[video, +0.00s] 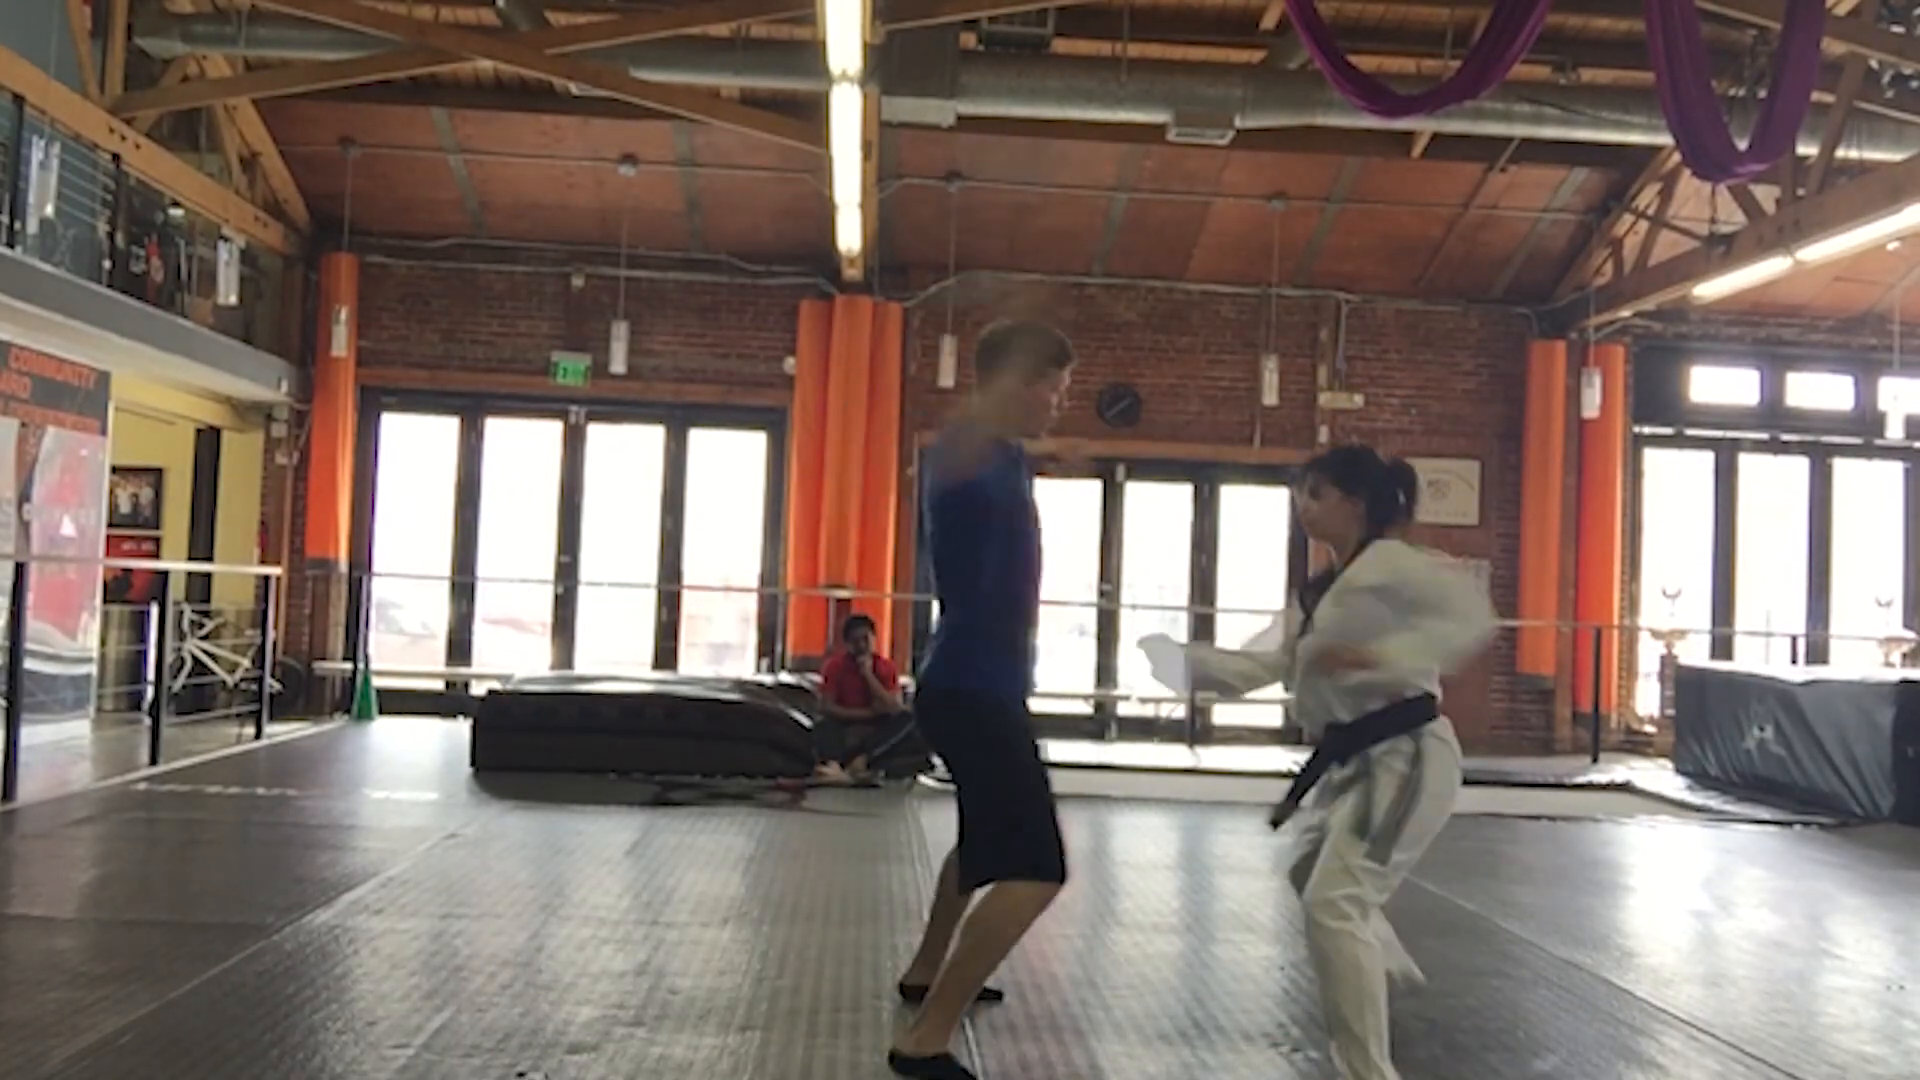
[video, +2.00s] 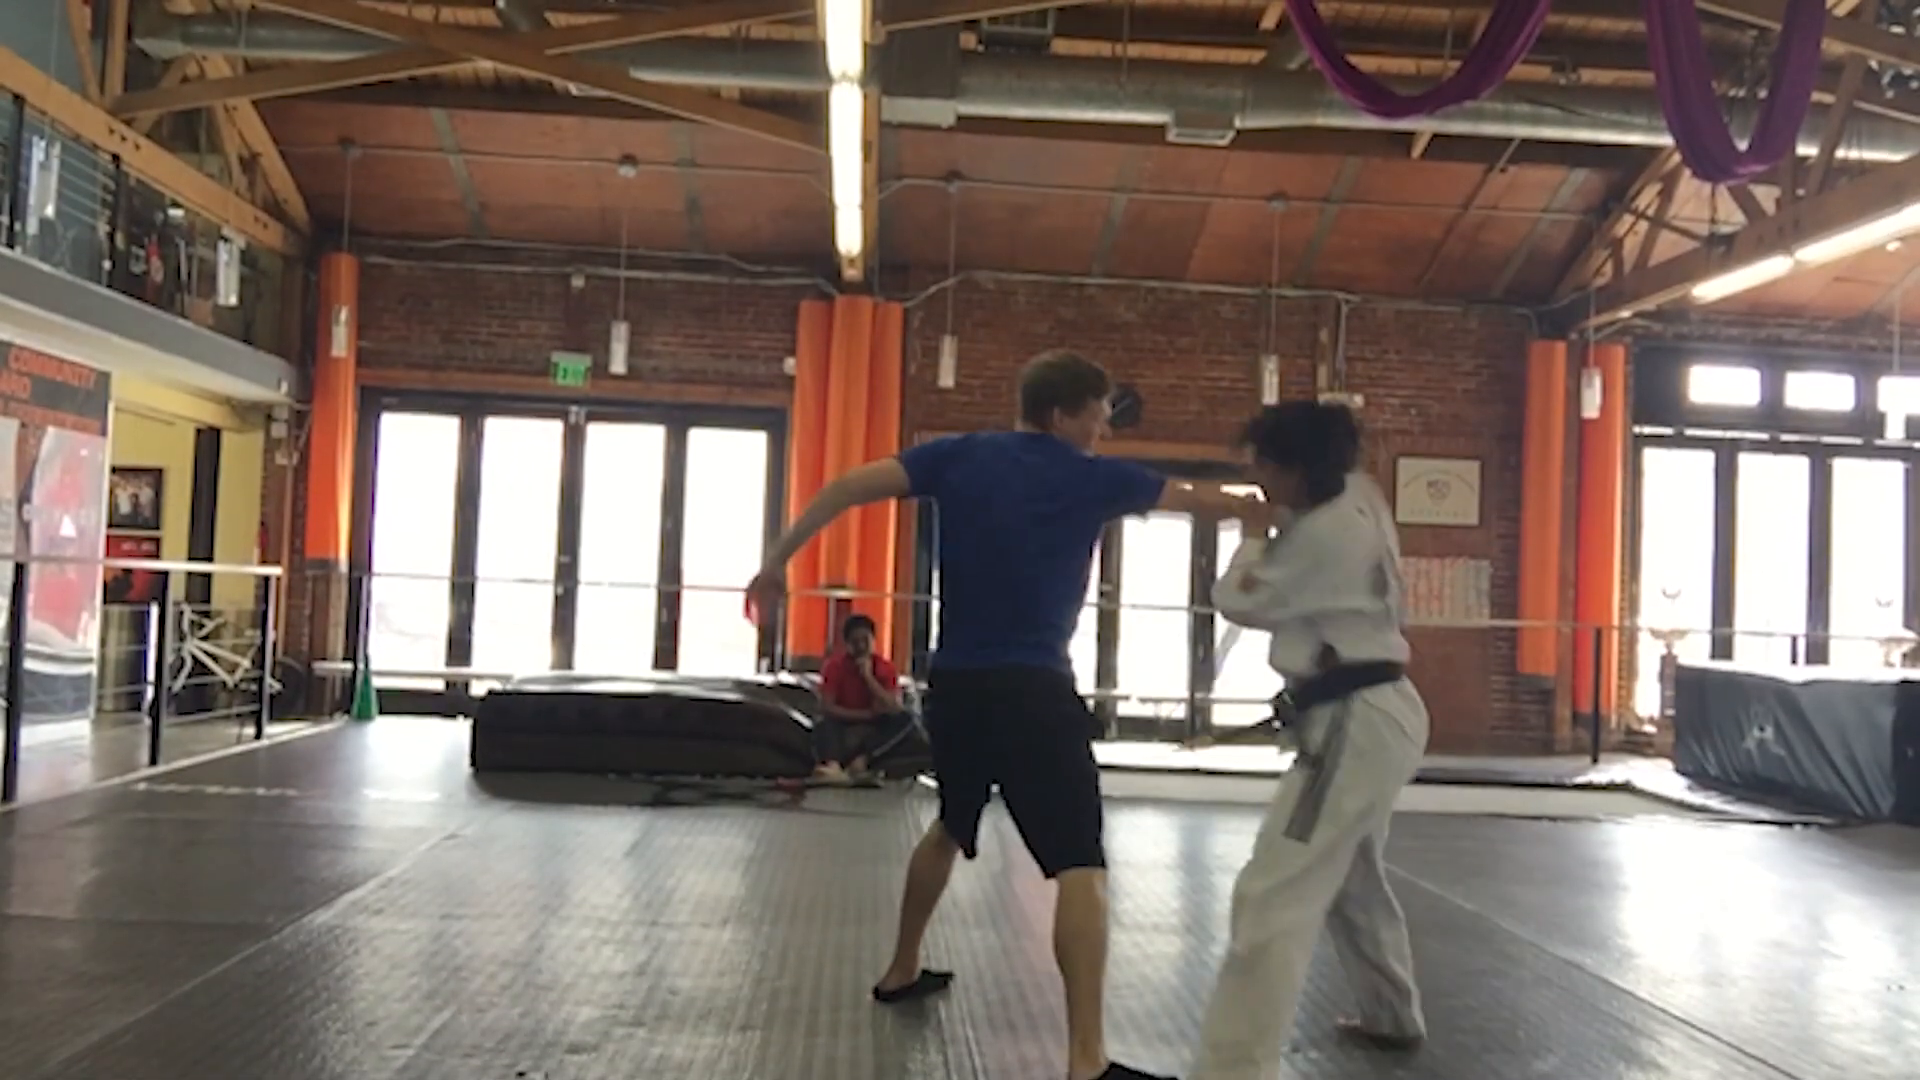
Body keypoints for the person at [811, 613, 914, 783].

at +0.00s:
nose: (861, 645)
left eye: (865, 639)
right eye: (855, 641)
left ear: (873, 639)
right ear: (847, 643)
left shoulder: (885, 667)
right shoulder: (834, 667)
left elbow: (894, 707)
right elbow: (826, 707)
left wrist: (868, 674)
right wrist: (870, 712)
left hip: (876, 721)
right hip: (843, 721)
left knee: (905, 720)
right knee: (823, 727)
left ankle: (864, 761)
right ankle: (833, 765)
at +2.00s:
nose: (861, 646)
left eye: (865, 640)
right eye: (855, 641)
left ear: (872, 640)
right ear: (846, 643)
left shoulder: (885, 668)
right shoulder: (834, 667)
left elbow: (893, 707)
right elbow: (827, 708)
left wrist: (868, 676)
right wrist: (868, 713)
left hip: (875, 720)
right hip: (842, 721)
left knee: (904, 720)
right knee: (824, 726)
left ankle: (863, 761)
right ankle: (831, 764)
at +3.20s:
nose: (862, 648)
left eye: (866, 642)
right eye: (856, 642)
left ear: (873, 642)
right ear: (847, 644)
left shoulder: (884, 668)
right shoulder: (834, 667)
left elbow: (892, 708)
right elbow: (827, 707)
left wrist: (867, 676)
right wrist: (868, 714)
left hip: (875, 721)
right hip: (843, 723)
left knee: (906, 721)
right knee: (822, 729)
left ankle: (866, 761)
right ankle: (832, 765)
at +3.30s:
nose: (861, 646)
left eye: (865, 640)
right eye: (855, 641)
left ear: (873, 640)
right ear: (847, 643)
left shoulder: (884, 667)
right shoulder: (834, 666)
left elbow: (892, 707)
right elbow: (827, 706)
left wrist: (868, 676)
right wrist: (869, 713)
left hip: (875, 720)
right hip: (842, 720)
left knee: (906, 720)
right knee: (821, 729)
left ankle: (866, 759)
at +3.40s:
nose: (861, 645)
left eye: (865, 639)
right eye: (856, 640)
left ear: (873, 638)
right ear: (847, 641)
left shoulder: (884, 665)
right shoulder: (834, 664)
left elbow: (892, 706)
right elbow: (827, 705)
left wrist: (868, 675)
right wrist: (869, 711)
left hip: (875, 718)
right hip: (842, 719)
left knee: (906, 718)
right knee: (821, 729)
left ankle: (866, 757)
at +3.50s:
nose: (861, 647)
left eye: (865, 641)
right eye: (856, 642)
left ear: (873, 641)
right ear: (847, 643)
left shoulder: (885, 668)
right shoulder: (833, 666)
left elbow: (892, 708)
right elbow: (827, 706)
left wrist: (868, 676)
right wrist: (868, 713)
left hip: (875, 719)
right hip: (842, 720)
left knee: (906, 719)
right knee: (823, 727)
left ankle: (865, 759)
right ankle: (833, 763)